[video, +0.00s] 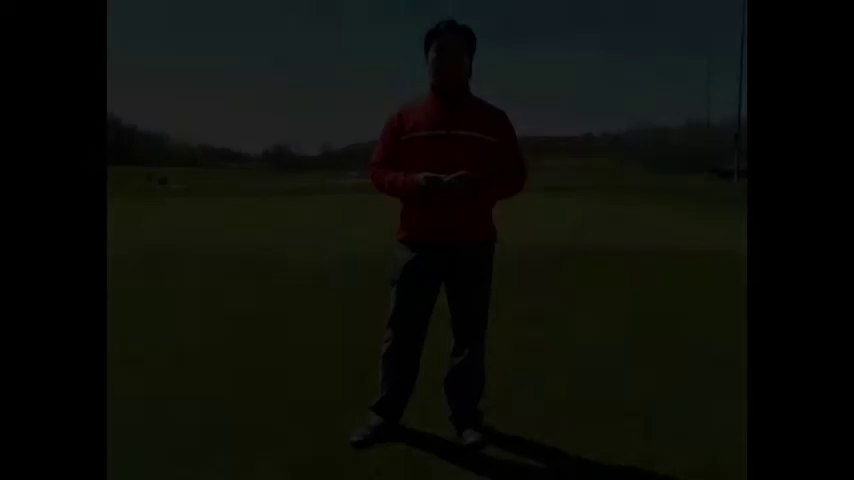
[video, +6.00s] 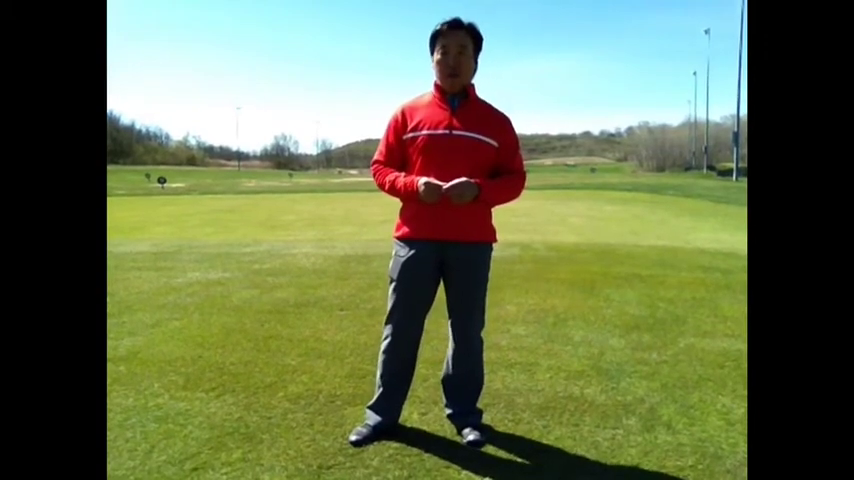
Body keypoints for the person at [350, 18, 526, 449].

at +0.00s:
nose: (444, 65)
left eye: (454, 55)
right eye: (438, 55)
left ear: (469, 61)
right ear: (426, 61)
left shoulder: (492, 121)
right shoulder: (406, 121)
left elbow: (514, 177)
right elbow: (380, 173)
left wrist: (474, 188)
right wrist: (413, 182)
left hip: (472, 246)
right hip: (420, 244)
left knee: (469, 339)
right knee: (402, 333)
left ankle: (467, 422)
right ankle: (386, 416)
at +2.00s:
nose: (448, 58)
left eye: (457, 50)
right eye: (439, 51)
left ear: (472, 59)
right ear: (427, 61)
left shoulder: (495, 121)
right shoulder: (405, 116)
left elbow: (516, 176)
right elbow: (379, 170)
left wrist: (485, 184)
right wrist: (408, 179)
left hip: (472, 245)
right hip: (416, 242)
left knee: (469, 336)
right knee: (400, 332)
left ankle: (467, 418)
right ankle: (383, 417)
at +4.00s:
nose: (454, 58)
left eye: (464, 51)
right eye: (447, 50)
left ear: (479, 61)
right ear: (435, 58)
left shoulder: (499, 122)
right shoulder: (410, 116)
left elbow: (519, 178)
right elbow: (385, 170)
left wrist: (485, 189)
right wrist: (419, 184)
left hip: (477, 245)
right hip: (421, 241)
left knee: (473, 335)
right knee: (404, 331)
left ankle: (467, 415)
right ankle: (384, 415)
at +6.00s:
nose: (451, 59)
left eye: (461, 52)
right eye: (444, 51)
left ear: (476, 60)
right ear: (432, 58)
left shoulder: (496, 122)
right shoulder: (407, 115)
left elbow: (515, 180)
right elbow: (380, 170)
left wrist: (479, 190)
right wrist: (414, 184)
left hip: (471, 245)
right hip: (416, 241)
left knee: (468, 333)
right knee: (399, 330)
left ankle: (466, 416)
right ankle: (381, 415)